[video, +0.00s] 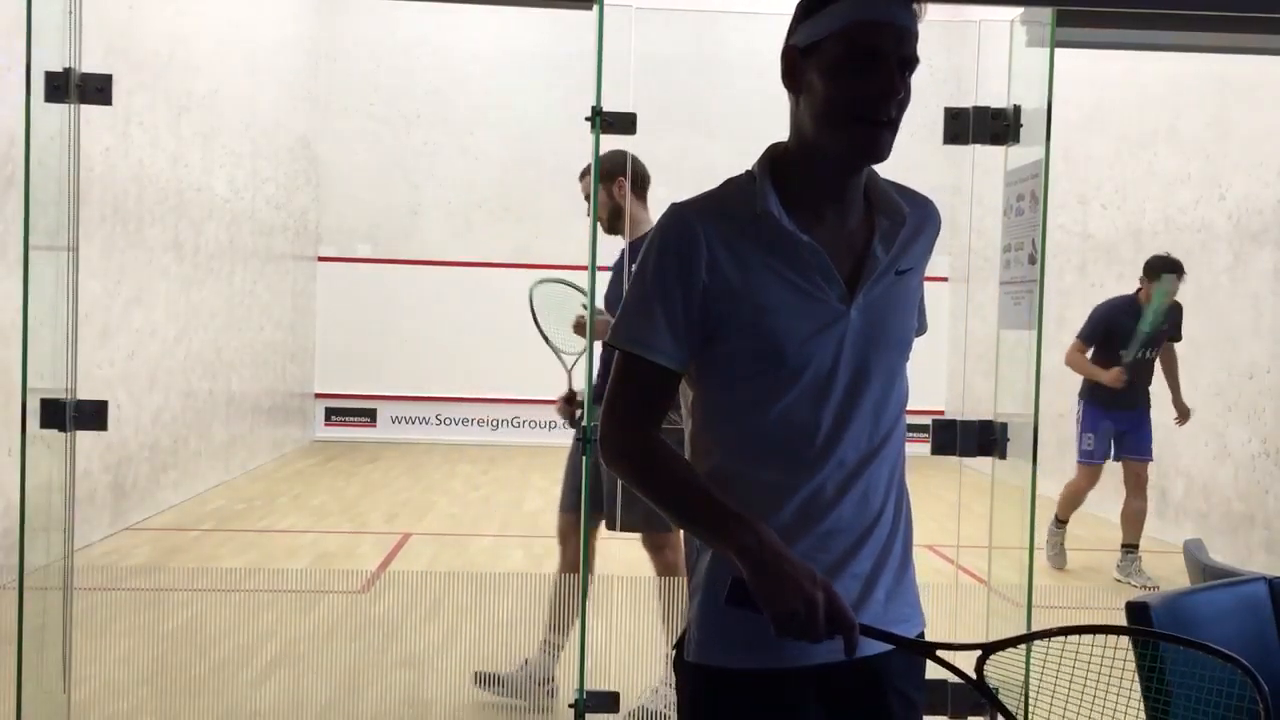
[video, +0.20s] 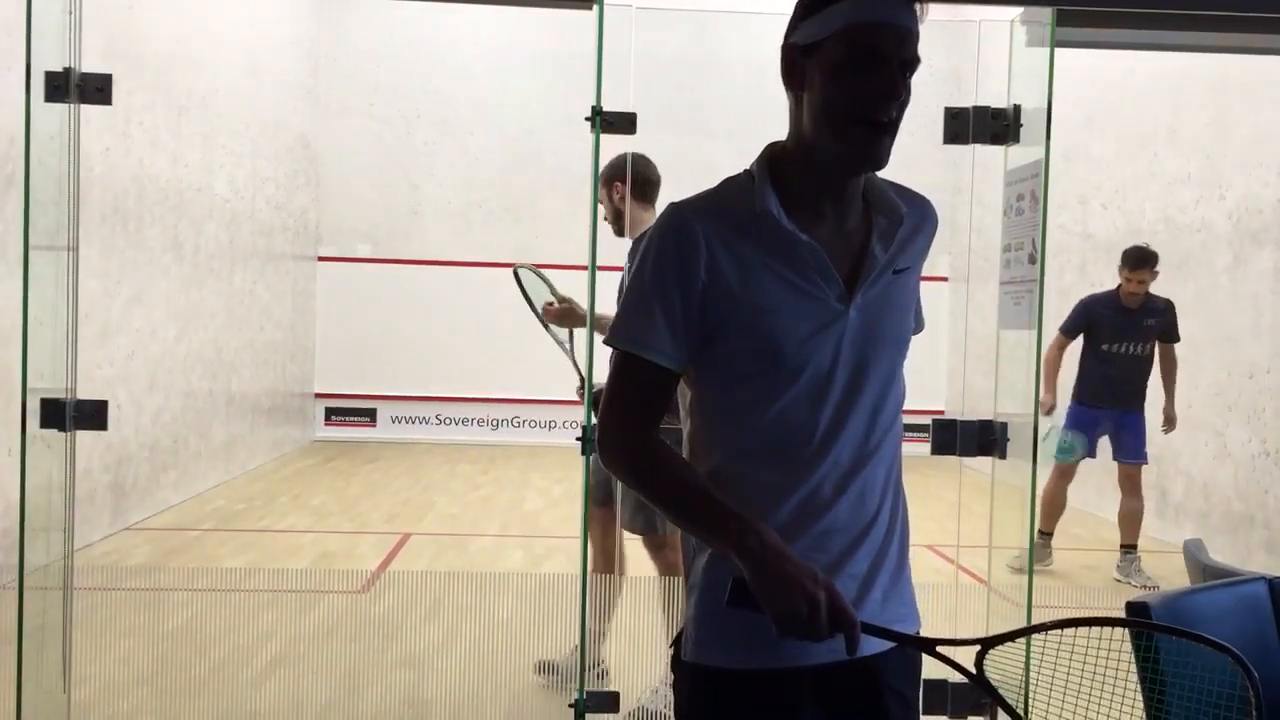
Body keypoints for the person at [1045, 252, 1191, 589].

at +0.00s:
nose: (1170, 296)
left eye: (1174, 289)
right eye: (1164, 289)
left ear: (1176, 289)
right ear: (1144, 284)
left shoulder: (1171, 312)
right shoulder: (1111, 311)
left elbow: (1167, 351)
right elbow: (1072, 357)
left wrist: (1177, 398)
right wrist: (1102, 374)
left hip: (1136, 407)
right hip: (1098, 405)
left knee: (1137, 482)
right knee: (1087, 478)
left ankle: (1128, 561)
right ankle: (1056, 529)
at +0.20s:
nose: (1137, 288)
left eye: (1144, 282)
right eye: (1132, 280)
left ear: (1153, 278)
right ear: (1120, 274)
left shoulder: (1162, 312)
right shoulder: (1092, 307)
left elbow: (1167, 355)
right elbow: (1055, 348)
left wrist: (1169, 402)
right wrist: (1049, 392)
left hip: (1130, 411)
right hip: (1086, 407)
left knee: (1132, 482)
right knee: (1062, 472)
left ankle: (1128, 561)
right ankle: (1041, 547)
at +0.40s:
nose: (1091, 286)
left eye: (1098, 280)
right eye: (1087, 278)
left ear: (1114, 276)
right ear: (1081, 274)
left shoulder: (1132, 308)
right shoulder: (1060, 305)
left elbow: (1145, 353)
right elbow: (1040, 348)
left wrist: (1148, 400)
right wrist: (1030, 383)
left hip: (1109, 409)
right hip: (1066, 408)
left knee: (1120, 482)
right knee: (1054, 477)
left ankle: (1126, 561)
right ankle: (1041, 552)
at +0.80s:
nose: (1037, 281)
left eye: (1041, 274)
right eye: (1033, 275)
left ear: (1054, 268)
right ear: (1029, 275)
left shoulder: (1085, 297)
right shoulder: (1024, 304)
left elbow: (1107, 338)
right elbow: (1012, 352)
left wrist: (1109, 387)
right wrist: (1006, 397)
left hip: (1078, 402)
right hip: (1038, 403)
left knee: (1079, 477)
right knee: (1041, 477)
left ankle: (1085, 555)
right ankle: (1038, 551)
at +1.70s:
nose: (1036, 267)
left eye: (1042, 260)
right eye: (1032, 260)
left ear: (1056, 260)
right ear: (1025, 264)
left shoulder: (1077, 298)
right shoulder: (1021, 299)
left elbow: (1078, 344)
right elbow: (991, 335)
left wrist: (1059, 375)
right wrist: (969, 356)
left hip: (1063, 402)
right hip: (1026, 400)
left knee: (1062, 475)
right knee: (1031, 476)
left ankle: (1067, 555)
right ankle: (1038, 551)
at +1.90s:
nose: (1035, 269)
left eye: (1040, 262)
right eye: (1029, 263)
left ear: (1052, 261)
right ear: (1020, 265)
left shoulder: (1070, 299)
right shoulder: (1017, 299)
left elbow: (1049, 348)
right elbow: (984, 334)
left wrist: (1015, 379)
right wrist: (975, 330)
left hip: (1059, 402)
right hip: (1023, 399)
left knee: (1059, 478)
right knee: (1011, 474)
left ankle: (1067, 555)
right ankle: (1035, 547)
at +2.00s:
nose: (1025, 265)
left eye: (1032, 257)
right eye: (1019, 258)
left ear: (1045, 259)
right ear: (1011, 261)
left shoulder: (1062, 298)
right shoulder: (1014, 298)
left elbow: (1036, 337)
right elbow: (980, 333)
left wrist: (987, 358)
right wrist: (982, 316)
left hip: (1054, 403)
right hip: (1017, 401)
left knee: (1057, 479)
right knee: (1000, 477)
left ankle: (1067, 556)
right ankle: (1026, 542)